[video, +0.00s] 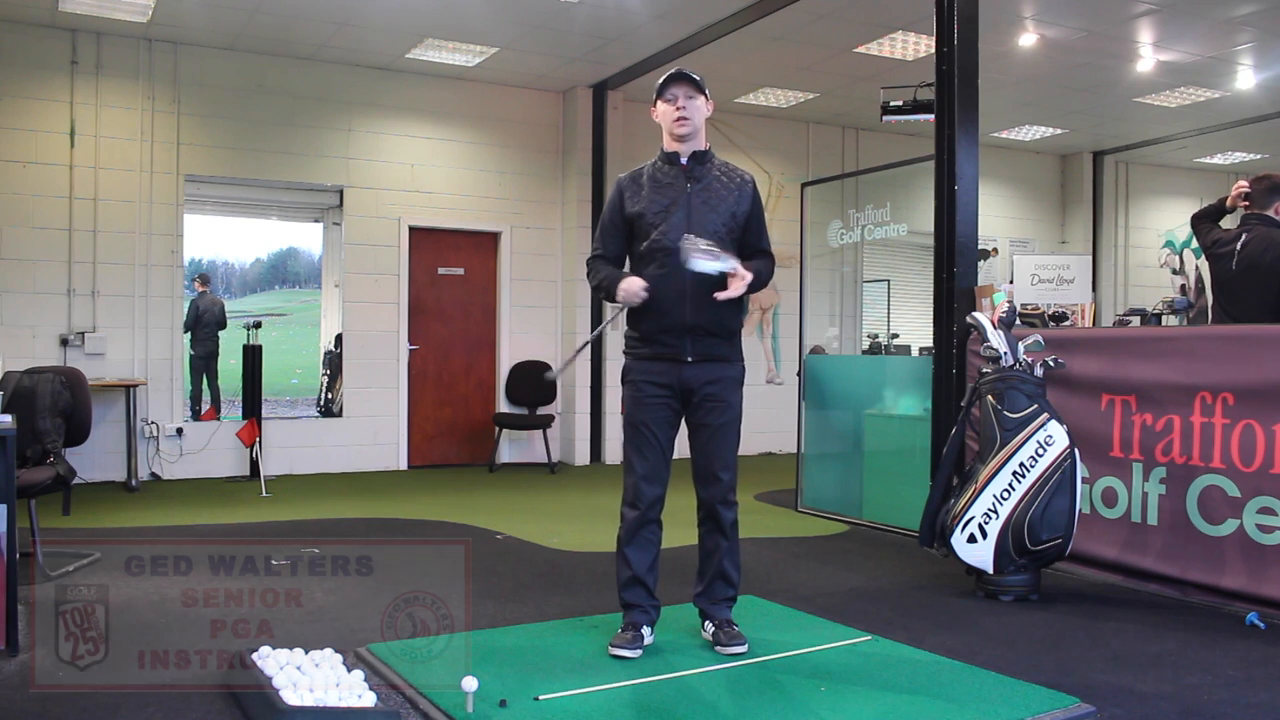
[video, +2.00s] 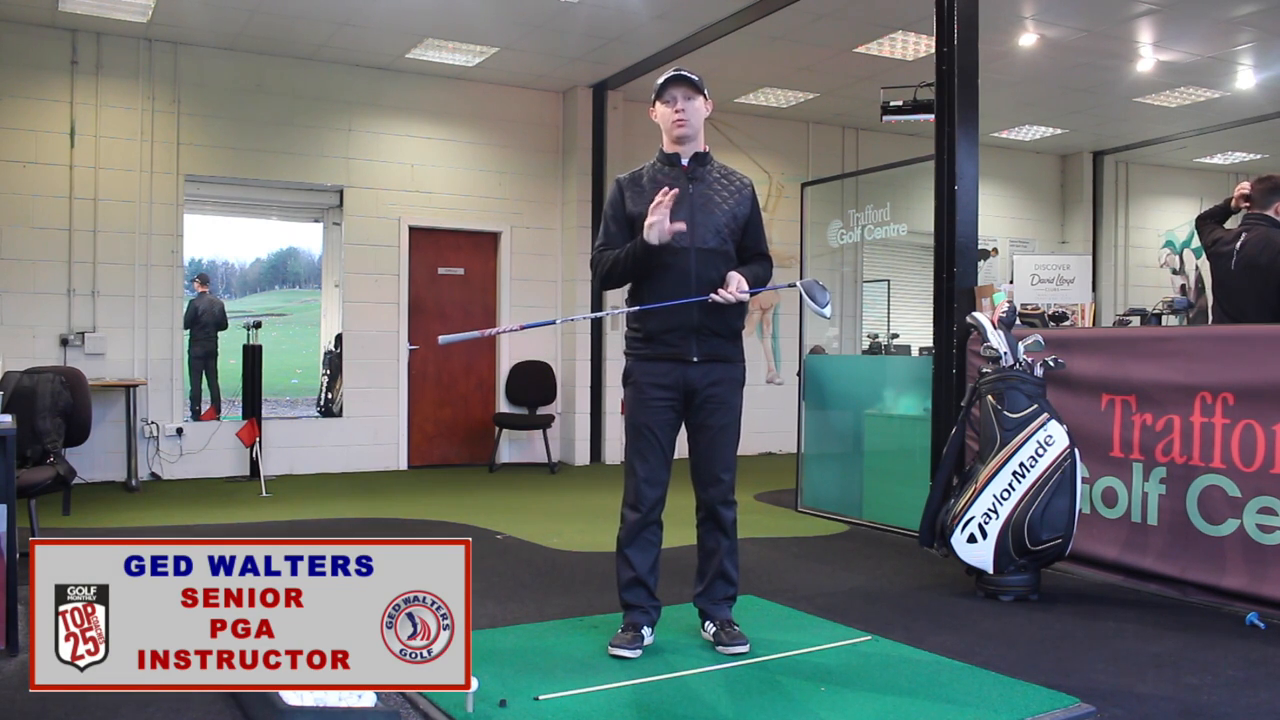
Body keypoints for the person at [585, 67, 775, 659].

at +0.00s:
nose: (680, 106)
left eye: (690, 97)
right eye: (670, 98)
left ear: (709, 110)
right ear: (655, 114)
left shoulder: (739, 185)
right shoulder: (631, 187)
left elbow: (762, 260)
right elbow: (600, 264)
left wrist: (749, 275)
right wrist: (618, 284)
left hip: (718, 362)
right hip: (649, 361)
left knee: (718, 494)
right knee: (642, 495)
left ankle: (718, 612)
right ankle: (638, 616)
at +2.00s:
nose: (679, 107)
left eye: (689, 97)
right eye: (669, 99)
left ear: (708, 110)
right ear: (654, 114)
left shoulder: (738, 188)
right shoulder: (628, 188)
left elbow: (760, 266)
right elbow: (603, 272)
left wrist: (744, 282)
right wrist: (646, 242)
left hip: (720, 362)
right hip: (651, 360)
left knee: (717, 494)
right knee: (643, 494)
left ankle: (718, 613)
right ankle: (638, 616)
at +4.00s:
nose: (684, 113)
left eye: (694, 103)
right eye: (673, 104)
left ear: (707, 111)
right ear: (654, 112)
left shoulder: (733, 183)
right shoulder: (628, 189)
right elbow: (600, 269)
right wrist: (626, 294)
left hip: (718, 363)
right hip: (650, 363)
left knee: (716, 495)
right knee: (643, 496)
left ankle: (719, 614)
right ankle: (638, 616)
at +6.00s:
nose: (672, 118)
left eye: (681, 107)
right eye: (662, 110)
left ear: (702, 111)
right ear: (650, 118)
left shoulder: (736, 186)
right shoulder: (627, 188)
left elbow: (764, 262)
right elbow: (597, 270)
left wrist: (734, 276)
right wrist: (642, 283)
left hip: (719, 362)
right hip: (650, 362)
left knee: (717, 494)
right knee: (641, 495)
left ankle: (718, 612)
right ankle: (638, 616)